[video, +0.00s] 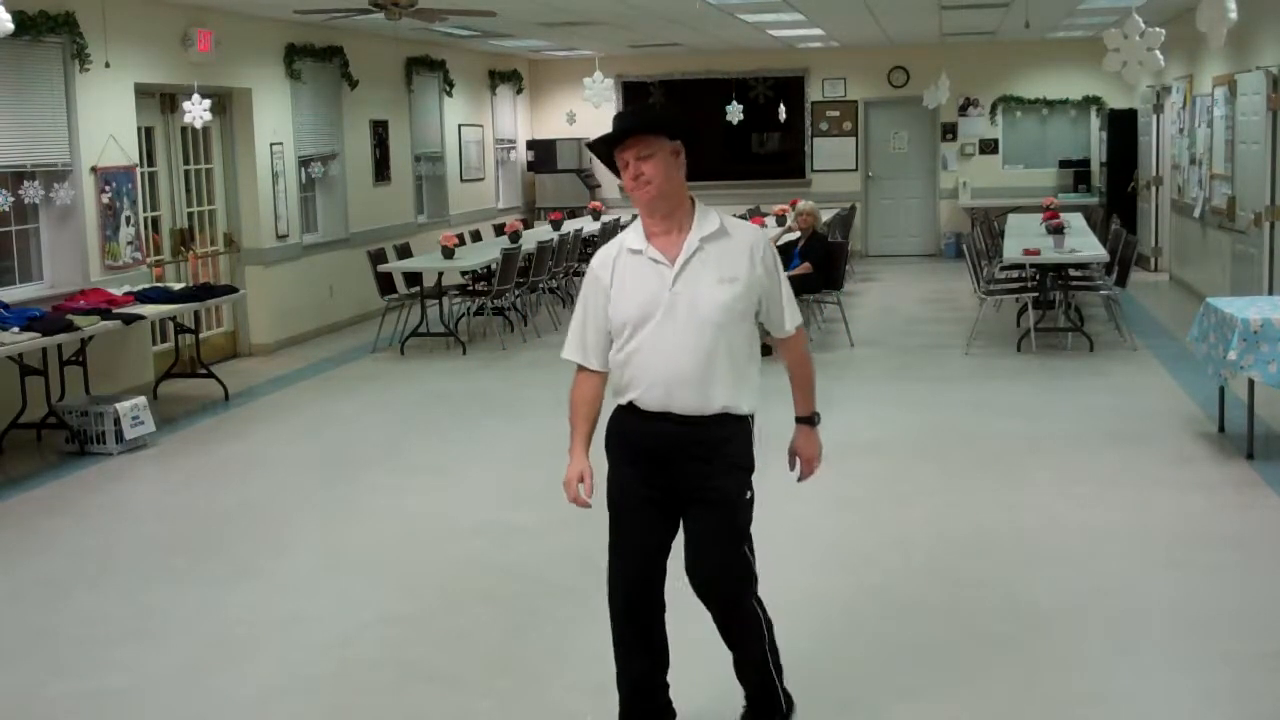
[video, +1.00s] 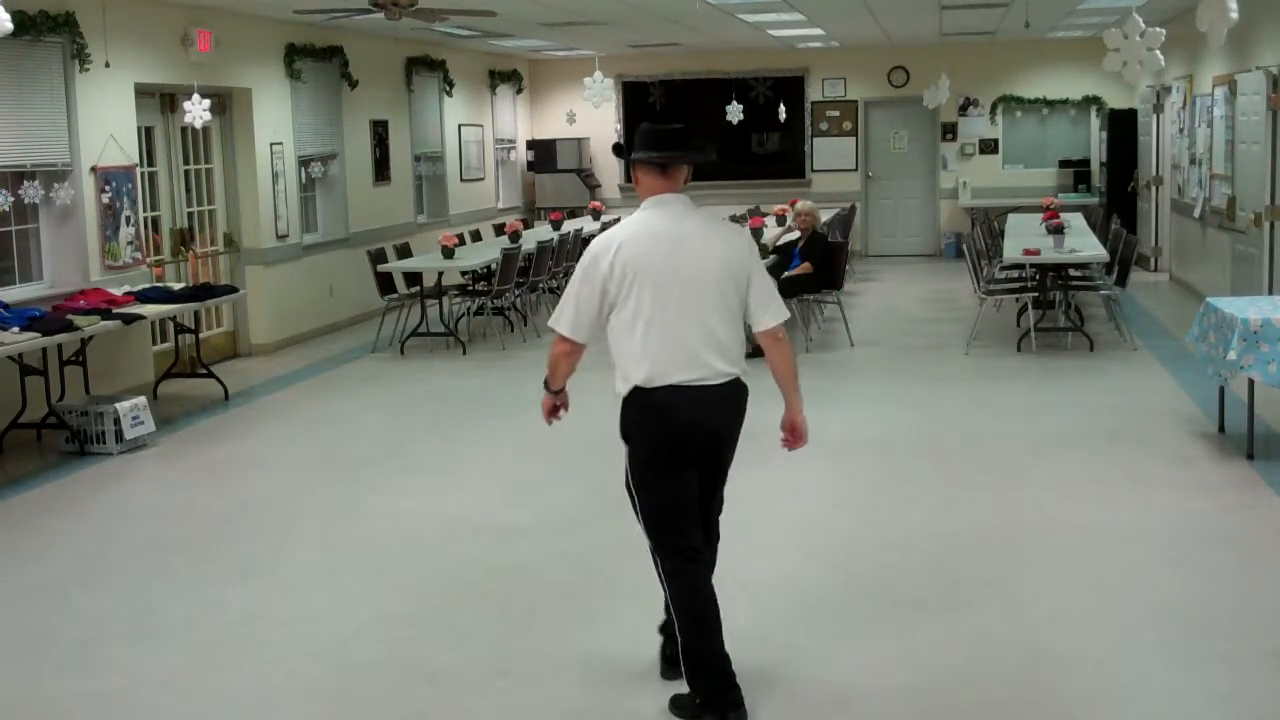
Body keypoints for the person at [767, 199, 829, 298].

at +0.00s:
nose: (804, 218)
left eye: (808, 215)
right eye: (801, 215)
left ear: (815, 219)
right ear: (796, 219)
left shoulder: (820, 239)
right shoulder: (794, 243)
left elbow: (810, 266)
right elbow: (768, 249)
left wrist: (786, 275)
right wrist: (783, 231)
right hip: (792, 278)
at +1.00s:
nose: (803, 218)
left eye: (807, 215)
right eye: (799, 215)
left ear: (814, 219)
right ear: (795, 219)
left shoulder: (820, 239)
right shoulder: (796, 242)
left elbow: (811, 266)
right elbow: (766, 249)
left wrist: (785, 276)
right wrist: (784, 229)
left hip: (809, 280)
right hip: (790, 277)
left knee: (767, 293)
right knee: (760, 287)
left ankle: (763, 344)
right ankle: (758, 340)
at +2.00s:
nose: (802, 220)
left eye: (806, 216)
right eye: (799, 216)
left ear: (814, 219)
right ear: (795, 220)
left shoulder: (820, 240)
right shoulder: (797, 241)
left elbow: (810, 267)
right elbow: (767, 249)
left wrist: (785, 276)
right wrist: (784, 230)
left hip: (810, 279)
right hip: (791, 275)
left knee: (768, 292)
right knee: (765, 276)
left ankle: (769, 343)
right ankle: (773, 315)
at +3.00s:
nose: (802, 219)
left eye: (806, 216)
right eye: (798, 216)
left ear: (814, 219)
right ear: (795, 220)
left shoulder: (820, 240)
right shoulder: (796, 241)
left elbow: (809, 267)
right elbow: (767, 249)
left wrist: (785, 276)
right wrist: (784, 231)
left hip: (809, 279)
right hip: (790, 275)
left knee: (768, 292)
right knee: (765, 275)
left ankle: (769, 343)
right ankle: (774, 315)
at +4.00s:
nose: (801, 218)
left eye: (805, 215)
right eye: (798, 215)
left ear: (812, 218)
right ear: (794, 220)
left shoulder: (819, 239)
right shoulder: (793, 241)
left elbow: (810, 266)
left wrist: (787, 275)